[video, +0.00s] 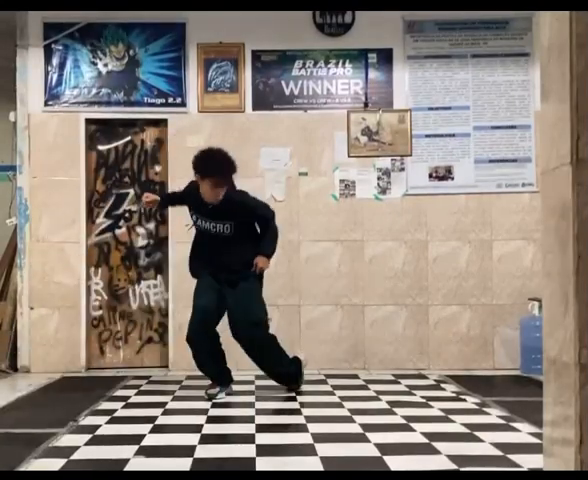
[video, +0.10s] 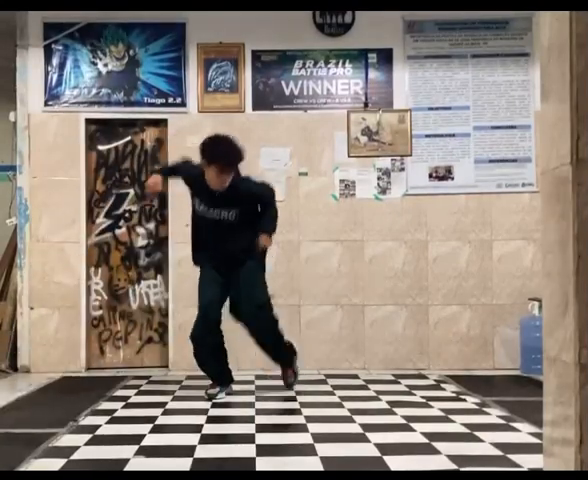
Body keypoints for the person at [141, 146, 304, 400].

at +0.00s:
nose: (220, 193)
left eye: (223, 187)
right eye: (215, 187)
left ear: (227, 184)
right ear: (199, 182)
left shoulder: (240, 202)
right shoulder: (193, 193)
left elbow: (268, 219)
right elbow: (179, 198)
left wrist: (266, 253)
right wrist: (161, 200)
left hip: (244, 278)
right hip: (210, 277)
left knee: (249, 332)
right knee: (198, 333)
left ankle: (291, 374)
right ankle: (221, 380)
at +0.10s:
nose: (223, 180)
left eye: (228, 174)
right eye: (218, 173)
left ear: (235, 170)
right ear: (205, 166)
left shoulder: (246, 189)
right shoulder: (195, 178)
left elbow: (268, 196)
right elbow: (182, 168)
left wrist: (266, 231)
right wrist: (160, 174)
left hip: (246, 264)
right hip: (212, 265)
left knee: (251, 311)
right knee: (205, 325)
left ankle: (286, 358)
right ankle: (221, 380)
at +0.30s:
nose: (272, 144)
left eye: (277, 138)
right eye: (267, 137)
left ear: (280, 137)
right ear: (250, 131)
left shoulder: (272, 164)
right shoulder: (217, 160)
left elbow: (258, 192)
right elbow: (183, 199)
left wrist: (265, 218)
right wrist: (206, 220)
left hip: (247, 238)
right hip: (212, 239)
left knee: (259, 297)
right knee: (221, 299)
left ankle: (266, 366)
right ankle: (226, 362)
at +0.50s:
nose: (300, 155)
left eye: (305, 149)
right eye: (296, 147)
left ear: (307, 147)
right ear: (279, 140)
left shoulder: (273, 171)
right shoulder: (257, 173)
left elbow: (252, 223)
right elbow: (259, 227)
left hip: (248, 252)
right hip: (220, 253)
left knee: (264, 305)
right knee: (229, 312)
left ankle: (271, 380)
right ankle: (218, 363)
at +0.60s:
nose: (316, 165)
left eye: (320, 159)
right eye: (311, 157)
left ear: (322, 158)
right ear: (294, 150)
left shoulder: (291, 184)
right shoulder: (268, 176)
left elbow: (278, 226)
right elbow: (269, 226)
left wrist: (299, 211)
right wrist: (301, 214)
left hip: (254, 252)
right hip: (224, 250)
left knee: (281, 309)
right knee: (265, 306)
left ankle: (273, 381)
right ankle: (219, 325)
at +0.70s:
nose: (313, 158)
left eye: (320, 155)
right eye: (309, 150)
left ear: (324, 158)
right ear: (294, 146)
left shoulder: (296, 184)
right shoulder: (275, 172)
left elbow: (307, 238)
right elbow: (297, 203)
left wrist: (334, 214)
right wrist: (335, 199)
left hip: (260, 253)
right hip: (230, 246)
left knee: (287, 323)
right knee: (285, 284)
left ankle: (272, 388)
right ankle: (237, 352)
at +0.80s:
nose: (308, 157)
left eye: (315, 155)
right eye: (304, 149)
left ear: (320, 159)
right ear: (293, 145)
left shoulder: (292, 192)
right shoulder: (281, 165)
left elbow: (327, 211)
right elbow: (329, 176)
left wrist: (379, 211)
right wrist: (380, 189)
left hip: (258, 262)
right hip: (242, 256)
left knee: (304, 322)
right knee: (286, 316)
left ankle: (276, 391)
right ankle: (264, 397)